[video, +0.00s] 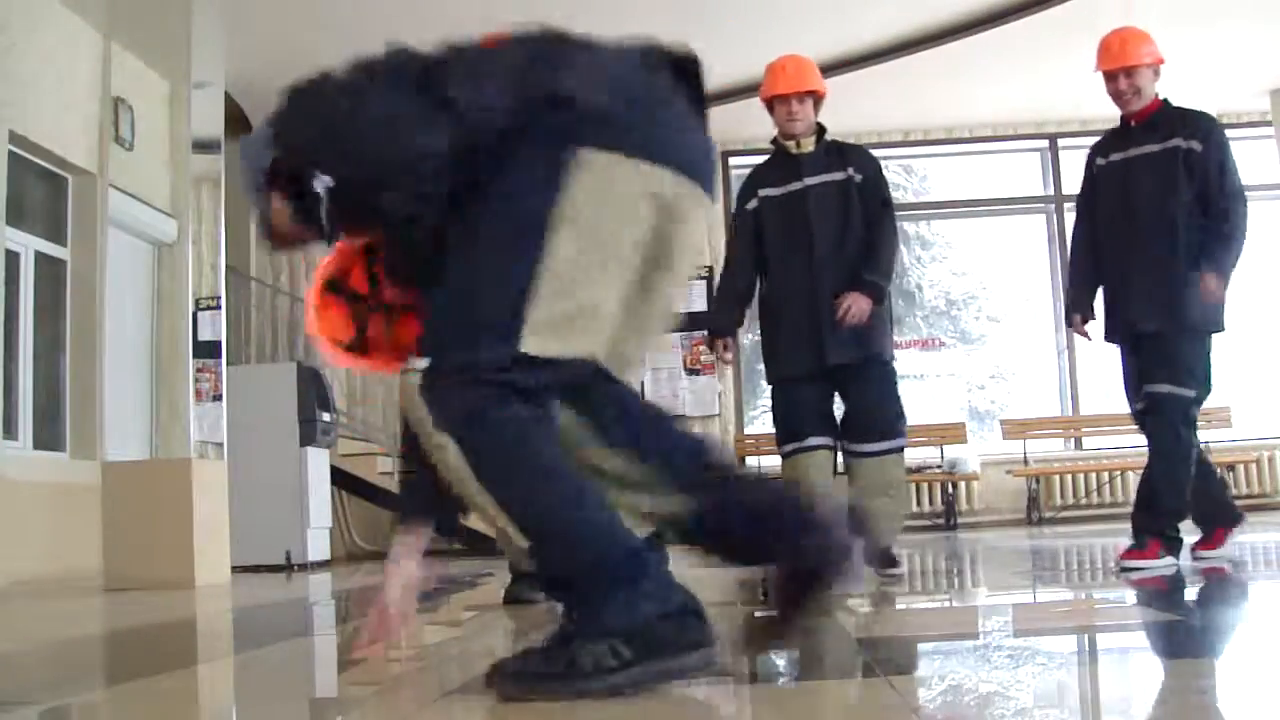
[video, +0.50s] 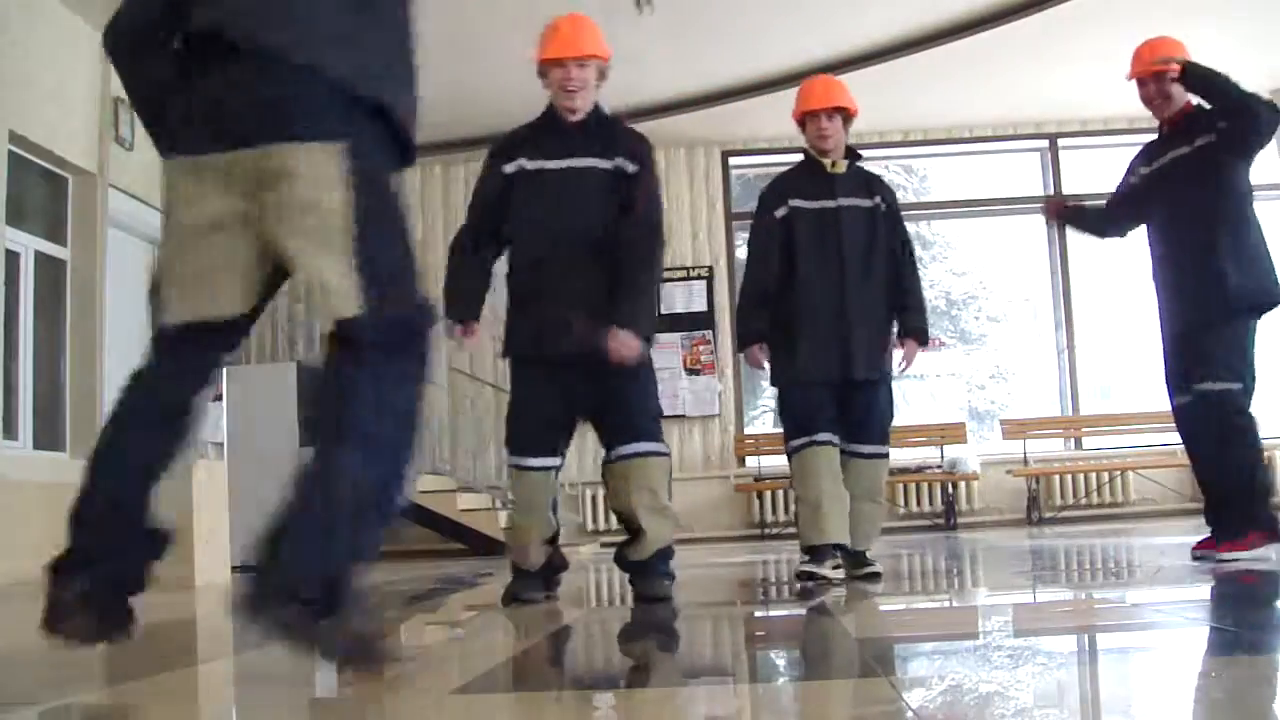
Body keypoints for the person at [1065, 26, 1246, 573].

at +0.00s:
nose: (1120, 84)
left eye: (1129, 72)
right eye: (1111, 76)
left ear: (1155, 70)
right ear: (1104, 81)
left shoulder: (1197, 130)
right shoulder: (1103, 151)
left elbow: (1230, 206)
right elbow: (1087, 231)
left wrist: (1217, 267)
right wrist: (1079, 295)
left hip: (1183, 298)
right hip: (1127, 303)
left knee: (1170, 412)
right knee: (1152, 414)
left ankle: (1158, 537)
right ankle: (1220, 513)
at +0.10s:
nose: (1127, 93)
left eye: (1135, 81)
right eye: (1117, 85)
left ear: (1161, 77)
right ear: (1109, 89)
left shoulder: (1203, 133)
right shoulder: (1113, 160)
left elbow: (1243, 191)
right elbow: (1098, 238)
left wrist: (1200, 216)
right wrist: (1087, 305)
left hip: (1197, 301)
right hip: (1143, 306)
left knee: (1175, 411)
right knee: (1177, 416)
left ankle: (1159, 535)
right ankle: (1231, 526)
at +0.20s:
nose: (1131, 98)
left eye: (1140, 86)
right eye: (1122, 90)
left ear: (1166, 81)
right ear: (1116, 95)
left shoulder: (1208, 132)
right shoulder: (1124, 165)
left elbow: (1253, 181)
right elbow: (1111, 244)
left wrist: (1188, 166)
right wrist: (1095, 311)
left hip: (1209, 297)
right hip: (1157, 305)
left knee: (1187, 408)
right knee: (1186, 414)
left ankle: (1162, 531)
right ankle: (1232, 528)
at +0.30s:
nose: (1137, 96)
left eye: (1144, 83)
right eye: (1128, 89)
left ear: (1171, 78)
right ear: (1123, 95)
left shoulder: (1216, 126)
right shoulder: (1132, 163)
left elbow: (1257, 160)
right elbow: (1119, 242)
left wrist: (1188, 124)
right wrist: (1092, 301)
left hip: (1218, 294)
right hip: (1166, 303)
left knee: (1197, 406)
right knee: (1190, 413)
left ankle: (1176, 526)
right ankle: (1233, 526)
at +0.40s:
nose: (1145, 93)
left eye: (1154, 81)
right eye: (1136, 86)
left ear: (1179, 78)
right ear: (1130, 93)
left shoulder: (1214, 130)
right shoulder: (1141, 162)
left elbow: (1263, 135)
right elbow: (1121, 232)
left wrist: (1196, 89)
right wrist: (1071, 264)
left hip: (1225, 292)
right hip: (1175, 301)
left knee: (1208, 404)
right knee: (1188, 410)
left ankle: (1217, 528)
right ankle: (1232, 527)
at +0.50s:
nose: (1148, 92)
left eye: (1156, 80)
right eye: (1141, 84)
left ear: (1181, 79)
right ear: (1136, 91)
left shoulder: (1221, 129)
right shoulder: (1148, 160)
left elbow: (1263, 116)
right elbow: (1113, 222)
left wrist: (1196, 75)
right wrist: (1068, 211)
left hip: (1228, 287)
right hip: (1180, 299)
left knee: (1220, 400)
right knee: (1190, 409)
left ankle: (1254, 524)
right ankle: (1228, 526)